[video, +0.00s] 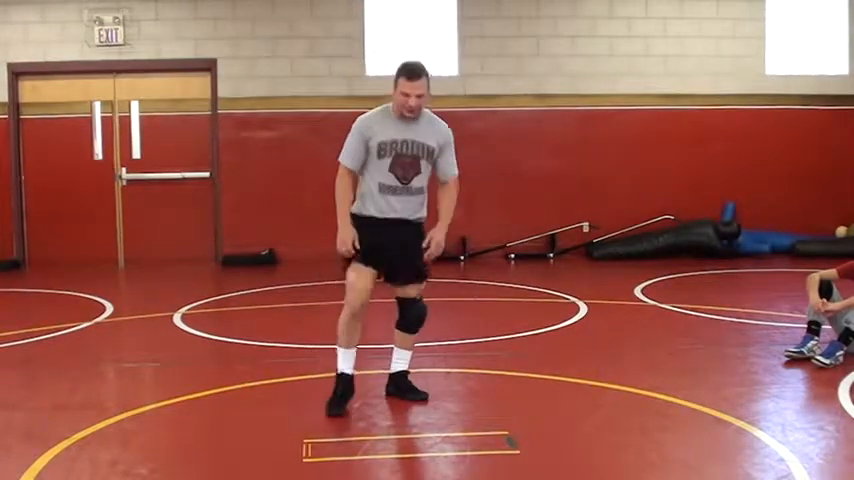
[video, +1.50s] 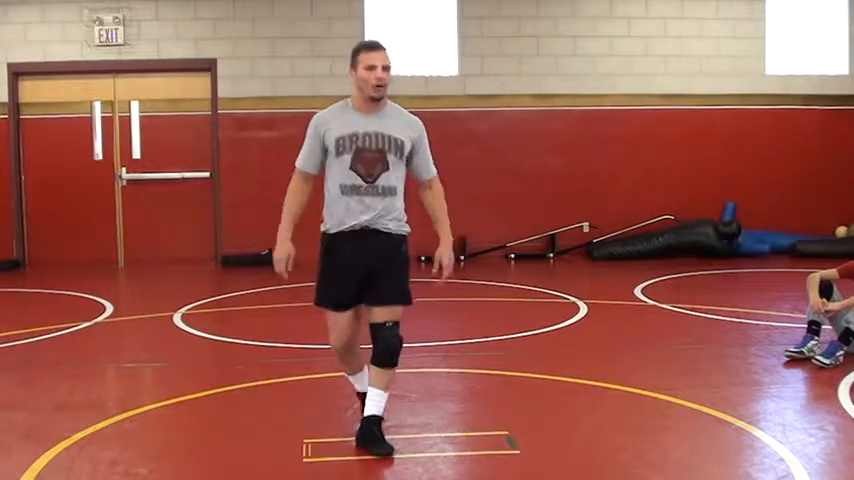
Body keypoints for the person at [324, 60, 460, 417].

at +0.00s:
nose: (413, 102)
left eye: (420, 96)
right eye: (406, 94)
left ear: (428, 94)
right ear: (394, 90)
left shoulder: (440, 132)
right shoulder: (367, 124)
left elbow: (448, 182)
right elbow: (345, 173)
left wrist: (442, 226)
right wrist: (344, 224)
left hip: (410, 227)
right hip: (367, 224)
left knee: (412, 310)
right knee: (354, 303)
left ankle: (398, 377)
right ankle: (344, 380)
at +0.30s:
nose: (395, 101)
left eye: (402, 94)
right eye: (388, 94)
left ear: (413, 91)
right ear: (378, 91)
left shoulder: (433, 130)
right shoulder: (356, 130)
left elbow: (444, 187)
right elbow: (338, 184)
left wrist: (449, 238)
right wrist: (331, 237)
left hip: (413, 231)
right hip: (369, 231)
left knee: (409, 312)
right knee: (373, 313)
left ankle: (397, 375)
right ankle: (376, 395)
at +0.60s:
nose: (381, 93)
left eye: (386, 85)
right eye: (372, 86)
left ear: (392, 83)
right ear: (357, 86)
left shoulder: (414, 121)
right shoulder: (337, 131)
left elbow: (434, 171)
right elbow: (320, 185)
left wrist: (448, 222)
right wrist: (314, 242)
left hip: (405, 231)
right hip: (360, 233)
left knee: (424, 316)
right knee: (367, 320)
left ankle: (400, 365)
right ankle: (373, 401)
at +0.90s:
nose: (385, 82)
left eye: (385, 75)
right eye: (376, 76)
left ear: (384, 79)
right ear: (353, 82)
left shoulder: (401, 118)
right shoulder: (327, 130)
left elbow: (424, 165)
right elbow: (315, 188)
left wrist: (450, 200)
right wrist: (325, 237)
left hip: (399, 231)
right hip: (353, 236)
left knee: (418, 325)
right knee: (361, 323)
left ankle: (408, 394)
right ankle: (372, 402)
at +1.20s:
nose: (383, 80)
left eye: (384, 72)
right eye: (374, 73)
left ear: (385, 77)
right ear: (351, 79)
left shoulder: (402, 121)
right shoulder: (325, 129)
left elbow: (423, 170)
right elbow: (308, 186)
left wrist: (452, 205)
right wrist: (319, 232)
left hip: (394, 236)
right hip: (347, 239)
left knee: (392, 332)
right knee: (358, 330)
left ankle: (374, 419)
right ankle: (369, 403)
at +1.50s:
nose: (379, 75)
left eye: (384, 68)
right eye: (370, 68)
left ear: (391, 74)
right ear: (353, 74)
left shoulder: (411, 126)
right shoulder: (325, 122)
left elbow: (429, 185)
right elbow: (302, 180)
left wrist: (446, 240)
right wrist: (284, 236)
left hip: (389, 239)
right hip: (340, 240)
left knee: (387, 339)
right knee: (342, 342)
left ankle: (372, 423)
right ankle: (366, 390)